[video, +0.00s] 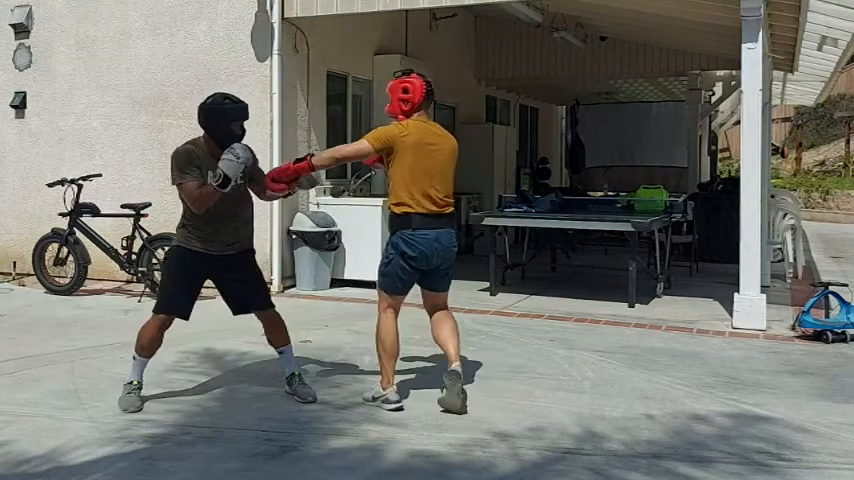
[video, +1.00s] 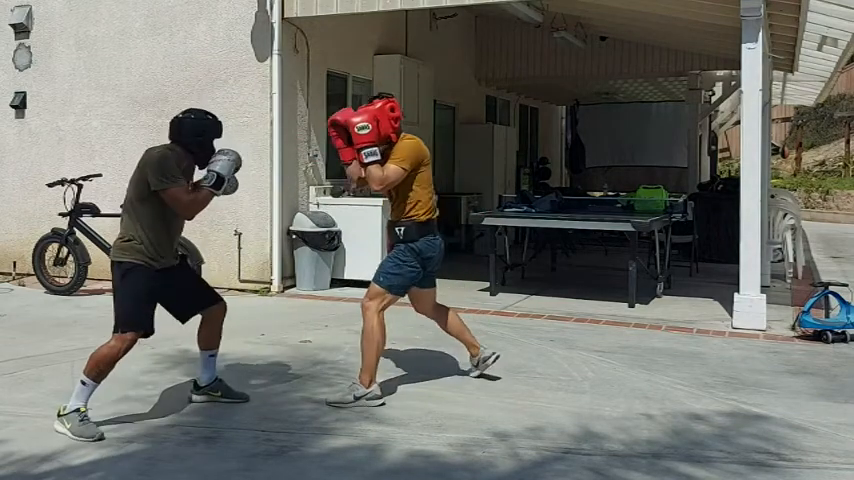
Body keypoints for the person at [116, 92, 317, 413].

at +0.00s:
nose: (242, 129)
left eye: (242, 123)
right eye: (236, 124)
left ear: (238, 122)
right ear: (215, 126)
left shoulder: (241, 153)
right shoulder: (186, 155)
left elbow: (264, 190)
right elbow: (198, 204)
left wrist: (294, 182)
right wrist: (224, 175)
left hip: (236, 253)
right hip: (190, 252)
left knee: (267, 312)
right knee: (163, 316)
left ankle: (293, 374)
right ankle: (134, 381)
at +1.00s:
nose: (214, 147)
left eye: (214, 141)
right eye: (211, 140)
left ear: (186, 138)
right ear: (195, 140)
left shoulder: (181, 165)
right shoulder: (161, 158)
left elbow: (183, 204)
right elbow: (186, 208)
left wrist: (213, 183)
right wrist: (214, 180)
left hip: (167, 260)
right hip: (134, 260)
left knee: (214, 308)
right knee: (126, 336)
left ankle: (207, 381)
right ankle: (72, 410)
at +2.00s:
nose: (193, 135)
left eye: (193, 129)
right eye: (190, 129)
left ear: (159, 128)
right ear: (175, 131)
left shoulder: (154, 159)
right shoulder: (143, 158)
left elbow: (162, 208)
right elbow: (167, 212)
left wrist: (186, 180)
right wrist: (191, 181)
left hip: (149, 260)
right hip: (119, 262)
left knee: (192, 311)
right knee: (125, 339)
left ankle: (204, 381)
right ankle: (72, 409)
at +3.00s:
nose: (134, 156)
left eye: (132, 150)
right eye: (126, 152)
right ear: (106, 161)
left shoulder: (136, 175)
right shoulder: (77, 191)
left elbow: (158, 201)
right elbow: (110, 238)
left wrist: (164, 237)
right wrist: (138, 199)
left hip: (139, 271)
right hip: (95, 276)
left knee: (196, 314)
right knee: (79, 342)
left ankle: (206, 382)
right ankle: (22, 411)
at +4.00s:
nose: (186, 149)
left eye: (184, 143)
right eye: (179, 144)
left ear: (174, 148)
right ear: (160, 148)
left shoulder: (188, 178)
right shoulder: (136, 183)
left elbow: (195, 223)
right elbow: (142, 227)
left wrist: (211, 242)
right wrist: (169, 199)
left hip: (194, 276)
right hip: (153, 279)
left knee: (248, 316)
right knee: (122, 350)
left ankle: (274, 375)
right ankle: (84, 376)